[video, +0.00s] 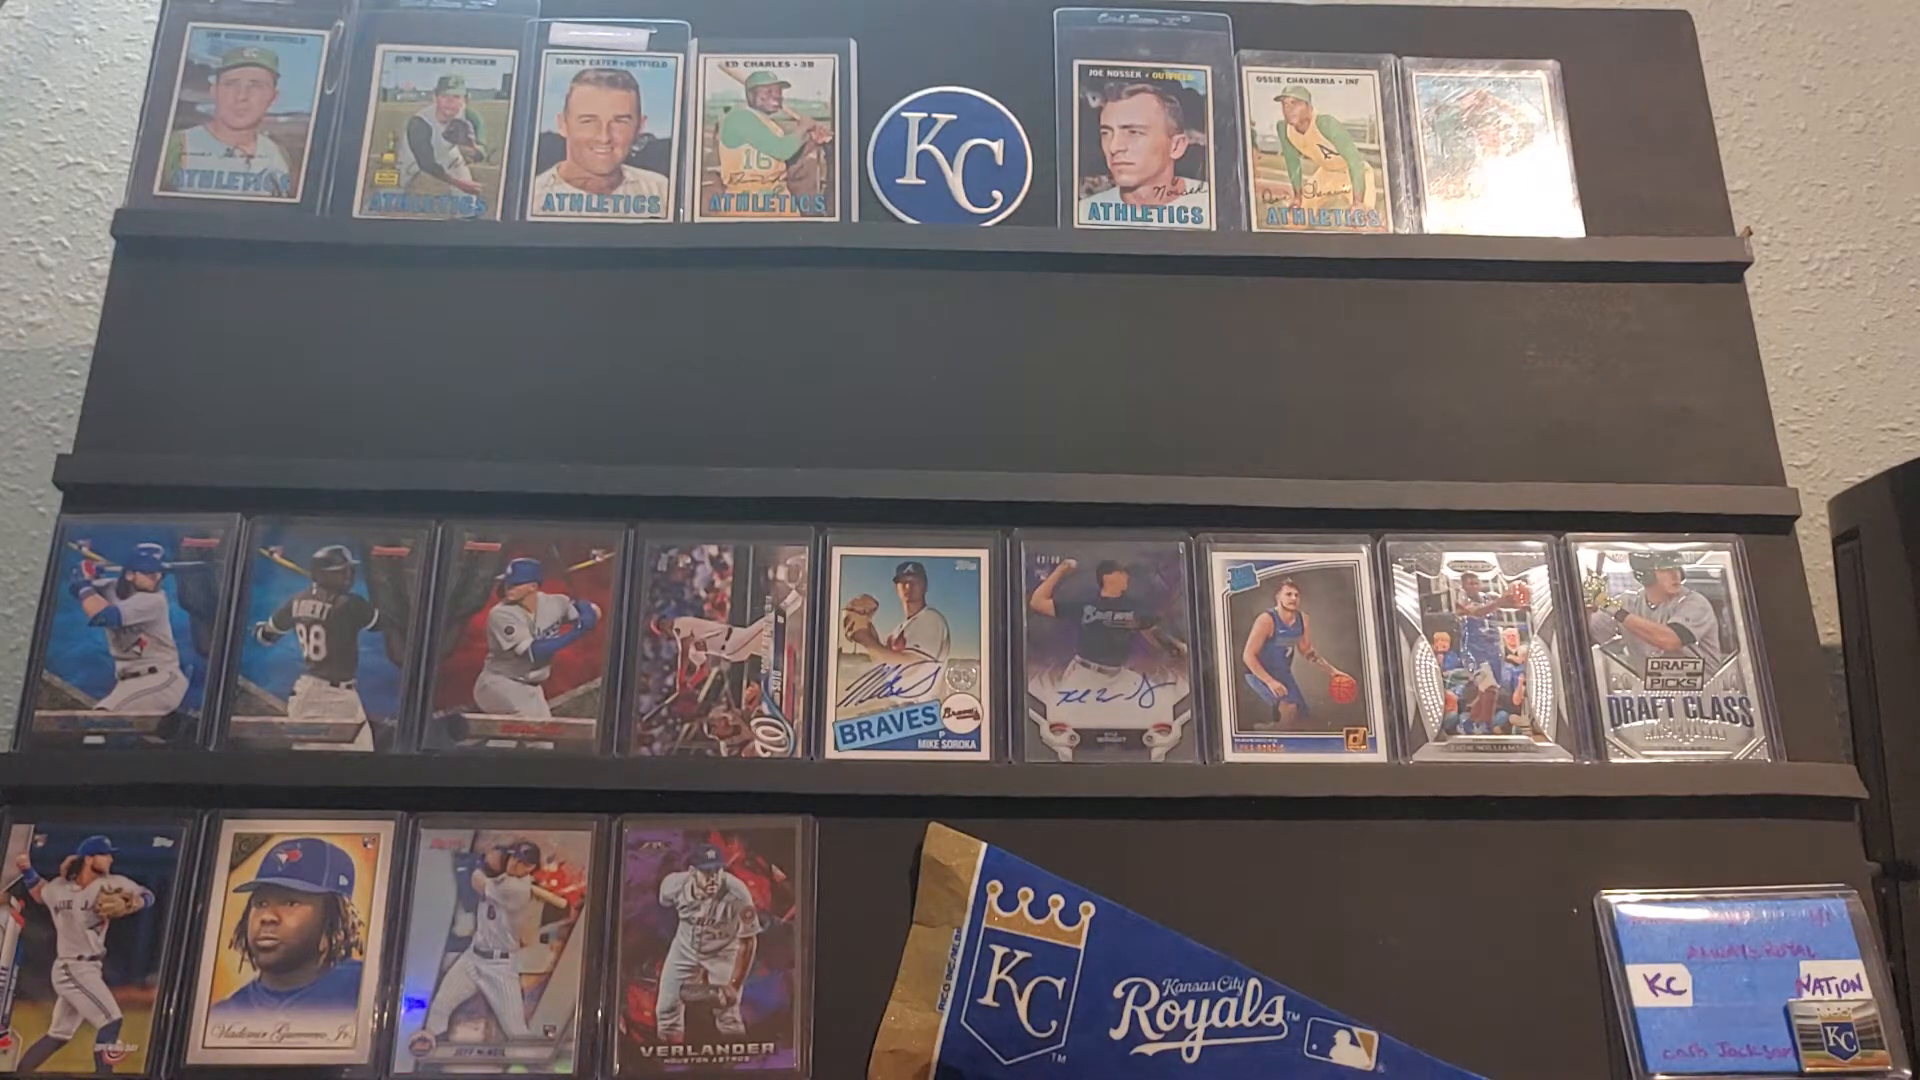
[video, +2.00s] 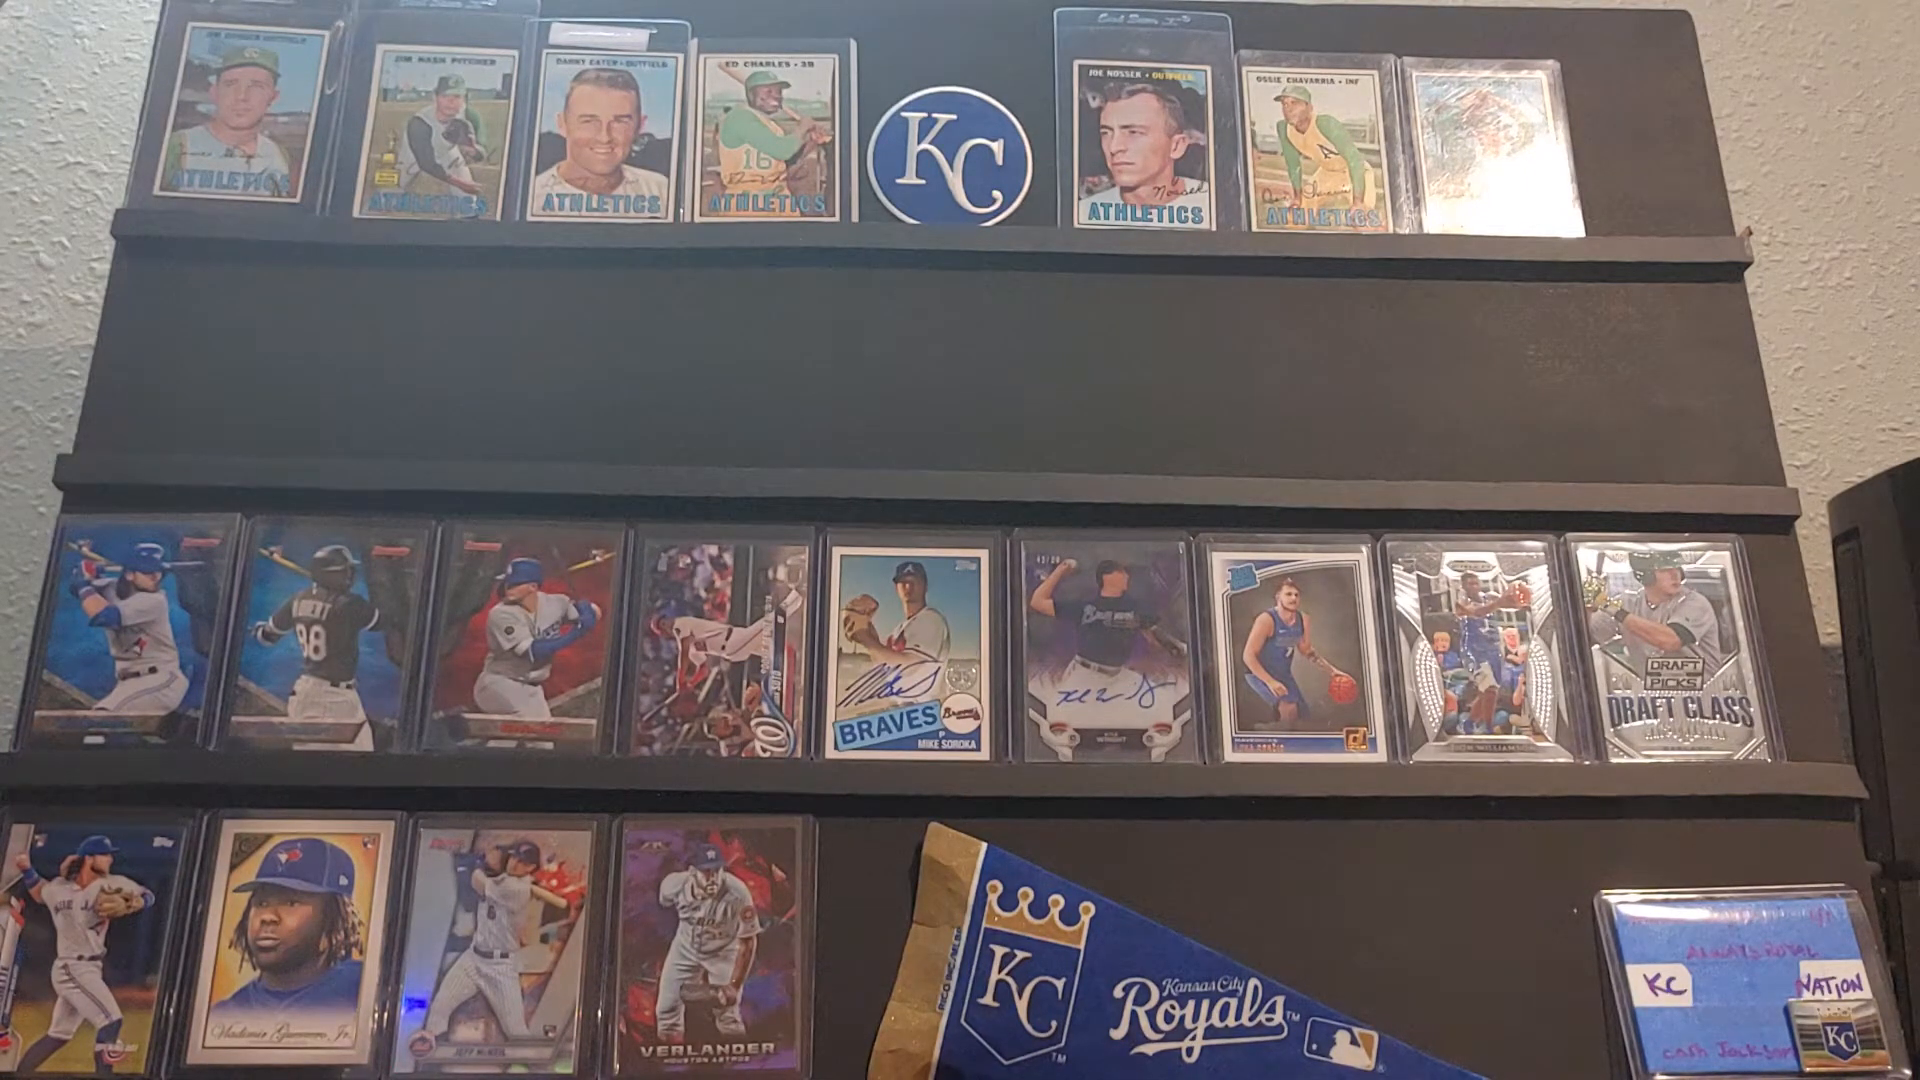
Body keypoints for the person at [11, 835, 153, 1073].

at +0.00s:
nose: (110, 859)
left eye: (110, 855)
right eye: (105, 855)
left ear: (96, 861)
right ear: (89, 859)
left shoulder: (111, 884)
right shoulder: (58, 888)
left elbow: (149, 896)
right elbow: (39, 892)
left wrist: (131, 904)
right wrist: (27, 869)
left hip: (90, 969)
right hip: (71, 969)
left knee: (58, 1035)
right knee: (111, 1020)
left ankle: (19, 1073)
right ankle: (104, 1074)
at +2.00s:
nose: (110, 860)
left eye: (110, 855)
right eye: (105, 855)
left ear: (96, 861)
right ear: (89, 859)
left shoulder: (109, 885)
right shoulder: (58, 888)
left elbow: (149, 895)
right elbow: (39, 892)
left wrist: (135, 903)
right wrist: (27, 870)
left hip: (90, 969)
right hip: (71, 969)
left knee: (58, 1035)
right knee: (111, 1020)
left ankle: (19, 1073)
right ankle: (104, 1074)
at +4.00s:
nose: (110, 859)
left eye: (110, 855)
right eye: (105, 855)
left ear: (95, 861)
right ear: (89, 859)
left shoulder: (111, 884)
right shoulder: (58, 889)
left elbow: (149, 896)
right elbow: (39, 891)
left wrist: (134, 903)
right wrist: (27, 869)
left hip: (90, 968)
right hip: (71, 968)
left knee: (58, 1035)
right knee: (111, 1020)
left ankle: (19, 1073)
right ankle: (104, 1074)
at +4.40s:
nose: (110, 860)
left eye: (110, 855)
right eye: (106, 855)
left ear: (95, 861)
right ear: (90, 859)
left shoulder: (111, 884)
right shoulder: (58, 888)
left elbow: (149, 896)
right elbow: (39, 891)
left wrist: (130, 904)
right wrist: (27, 870)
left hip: (90, 969)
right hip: (71, 969)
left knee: (58, 1035)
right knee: (111, 1020)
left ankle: (19, 1073)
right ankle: (104, 1074)